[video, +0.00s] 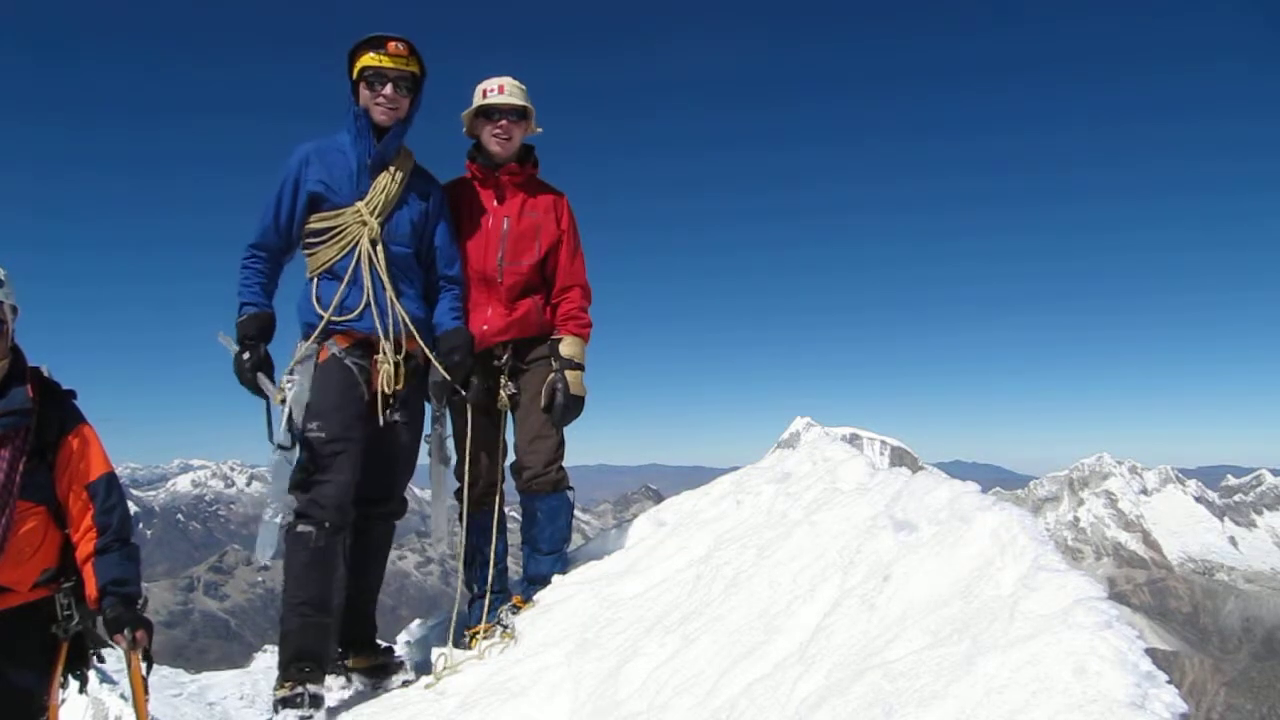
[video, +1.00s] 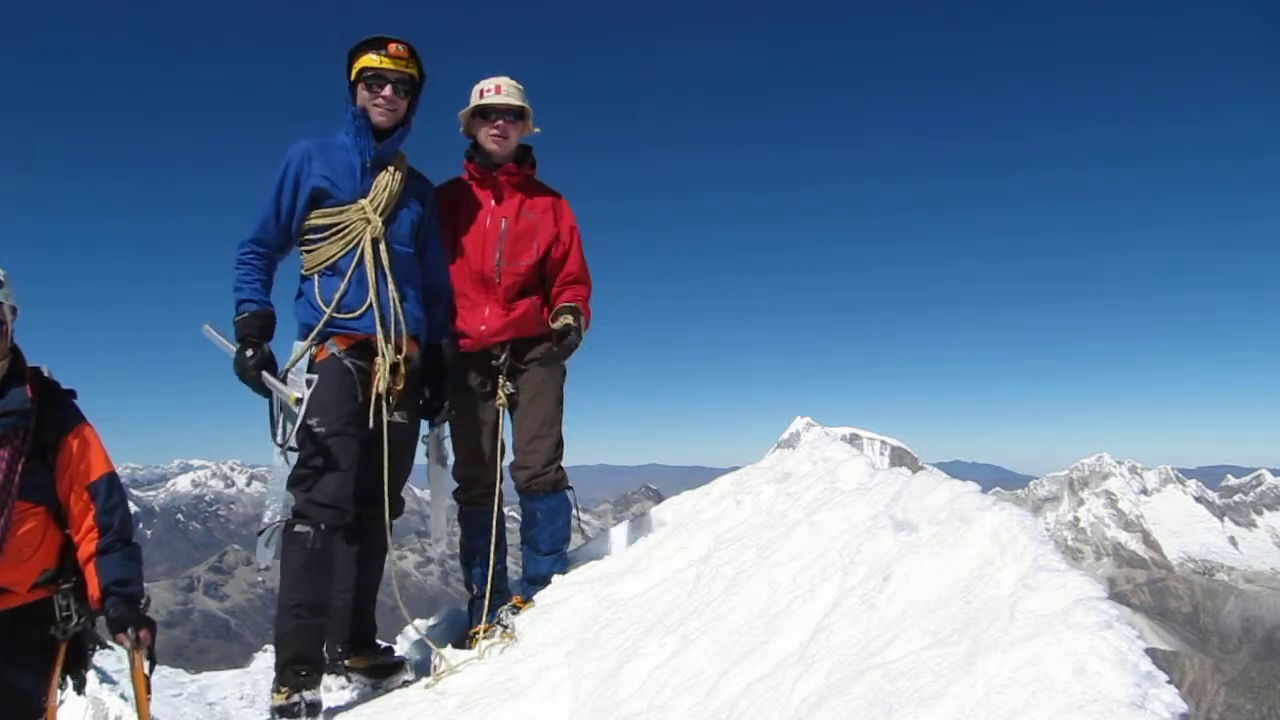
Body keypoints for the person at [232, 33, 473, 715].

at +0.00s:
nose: (388, 93)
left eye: (401, 84)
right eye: (377, 81)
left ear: (416, 96)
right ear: (356, 88)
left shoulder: (427, 188)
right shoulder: (315, 162)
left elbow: (448, 280)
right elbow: (263, 252)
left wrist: (451, 342)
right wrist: (254, 332)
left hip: (406, 360)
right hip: (333, 354)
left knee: (380, 504)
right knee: (327, 501)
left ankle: (357, 638)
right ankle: (301, 666)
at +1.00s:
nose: (386, 94)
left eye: (399, 86)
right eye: (374, 82)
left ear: (413, 98)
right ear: (354, 89)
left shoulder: (420, 189)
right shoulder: (313, 158)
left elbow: (434, 283)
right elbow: (256, 248)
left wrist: (438, 359)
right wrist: (254, 334)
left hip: (403, 363)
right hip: (334, 355)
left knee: (375, 507)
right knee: (323, 504)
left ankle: (355, 642)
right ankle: (298, 673)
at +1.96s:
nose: (383, 97)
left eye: (396, 88)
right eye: (371, 85)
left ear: (410, 100)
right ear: (351, 93)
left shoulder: (418, 190)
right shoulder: (313, 164)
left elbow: (433, 282)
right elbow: (262, 257)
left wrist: (439, 364)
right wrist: (254, 338)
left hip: (405, 364)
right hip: (338, 356)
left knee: (378, 504)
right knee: (328, 500)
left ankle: (355, 638)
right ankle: (300, 670)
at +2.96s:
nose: (403, 108)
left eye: (407, 98)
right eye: (391, 96)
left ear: (404, 107)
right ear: (357, 100)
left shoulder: (400, 193)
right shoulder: (313, 168)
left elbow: (421, 281)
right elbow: (262, 261)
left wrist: (433, 359)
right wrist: (327, 286)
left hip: (402, 361)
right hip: (347, 356)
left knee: (380, 504)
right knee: (340, 499)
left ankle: (354, 642)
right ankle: (297, 675)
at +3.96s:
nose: (386, 108)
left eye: (389, 98)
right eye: (375, 96)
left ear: (382, 107)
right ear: (340, 98)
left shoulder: (383, 193)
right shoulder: (295, 171)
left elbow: (409, 280)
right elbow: (256, 271)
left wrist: (429, 356)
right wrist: (286, 336)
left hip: (397, 375)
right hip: (330, 369)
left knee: (377, 516)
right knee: (306, 518)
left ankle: (353, 645)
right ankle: (278, 683)